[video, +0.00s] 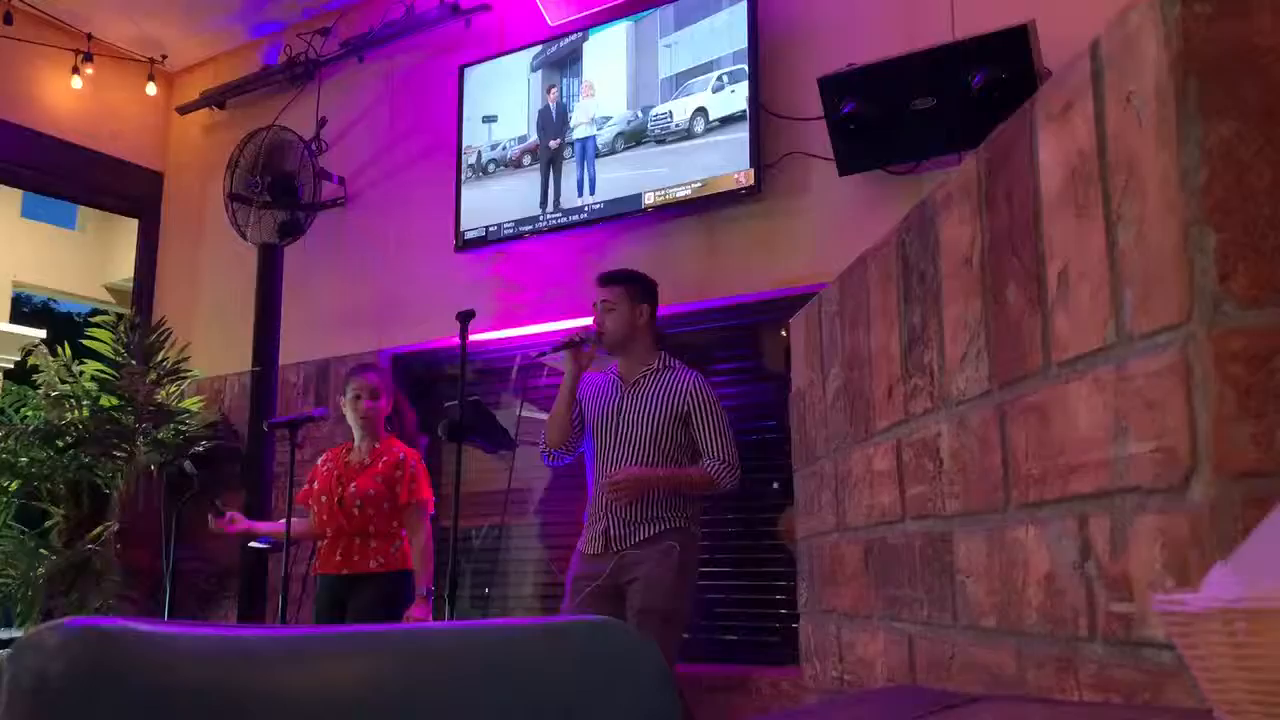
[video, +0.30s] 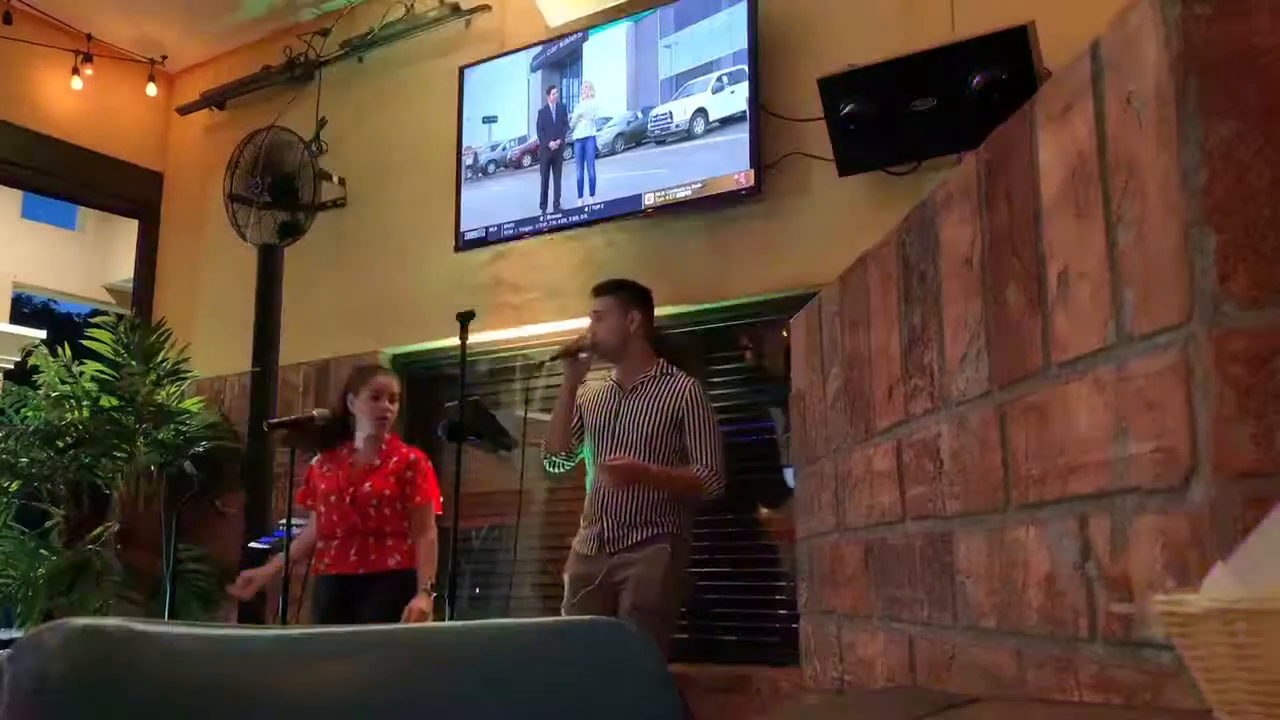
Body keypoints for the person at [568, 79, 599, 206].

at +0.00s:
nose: (583, 89)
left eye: (586, 87)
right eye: (582, 87)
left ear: (590, 89)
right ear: (581, 89)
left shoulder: (593, 102)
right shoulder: (577, 105)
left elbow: (591, 116)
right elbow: (572, 123)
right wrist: (583, 120)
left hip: (590, 135)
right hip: (578, 136)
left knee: (590, 166)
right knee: (579, 167)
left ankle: (591, 195)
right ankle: (579, 196)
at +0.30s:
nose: (583, 90)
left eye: (586, 88)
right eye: (582, 88)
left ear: (591, 90)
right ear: (581, 90)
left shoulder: (594, 103)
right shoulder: (578, 105)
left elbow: (592, 115)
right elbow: (572, 124)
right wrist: (577, 115)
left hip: (590, 134)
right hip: (578, 136)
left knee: (590, 167)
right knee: (579, 168)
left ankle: (591, 196)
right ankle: (580, 197)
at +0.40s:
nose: (584, 90)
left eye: (586, 88)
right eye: (583, 88)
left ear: (591, 90)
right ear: (581, 90)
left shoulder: (595, 103)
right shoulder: (578, 105)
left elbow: (599, 116)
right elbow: (576, 121)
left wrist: (591, 125)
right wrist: (574, 126)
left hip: (590, 135)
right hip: (578, 136)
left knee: (591, 166)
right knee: (579, 168)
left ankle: (592, 195)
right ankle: (580, 197)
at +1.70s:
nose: (585, 90)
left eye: (588, 87)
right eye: (585, 87)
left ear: (593, 89)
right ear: (584, 89)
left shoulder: (598, 102)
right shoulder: (581, 104)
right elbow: (577, 123)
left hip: (595, 133)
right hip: (583, 134)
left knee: (593, 165)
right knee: (582, 166)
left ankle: (592, 195)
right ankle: (581, 196)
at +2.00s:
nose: (600, 90)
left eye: (602, 88)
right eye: (598, 88)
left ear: (604, 90)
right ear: (593, 90)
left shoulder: (607, 104)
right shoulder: (589, 106)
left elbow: (613, 121)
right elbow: (585, 128)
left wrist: (617, 135)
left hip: (607, 139)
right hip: (592, 140)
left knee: (610, 170)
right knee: (585, 171)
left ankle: (607, 192)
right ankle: (581, 197)